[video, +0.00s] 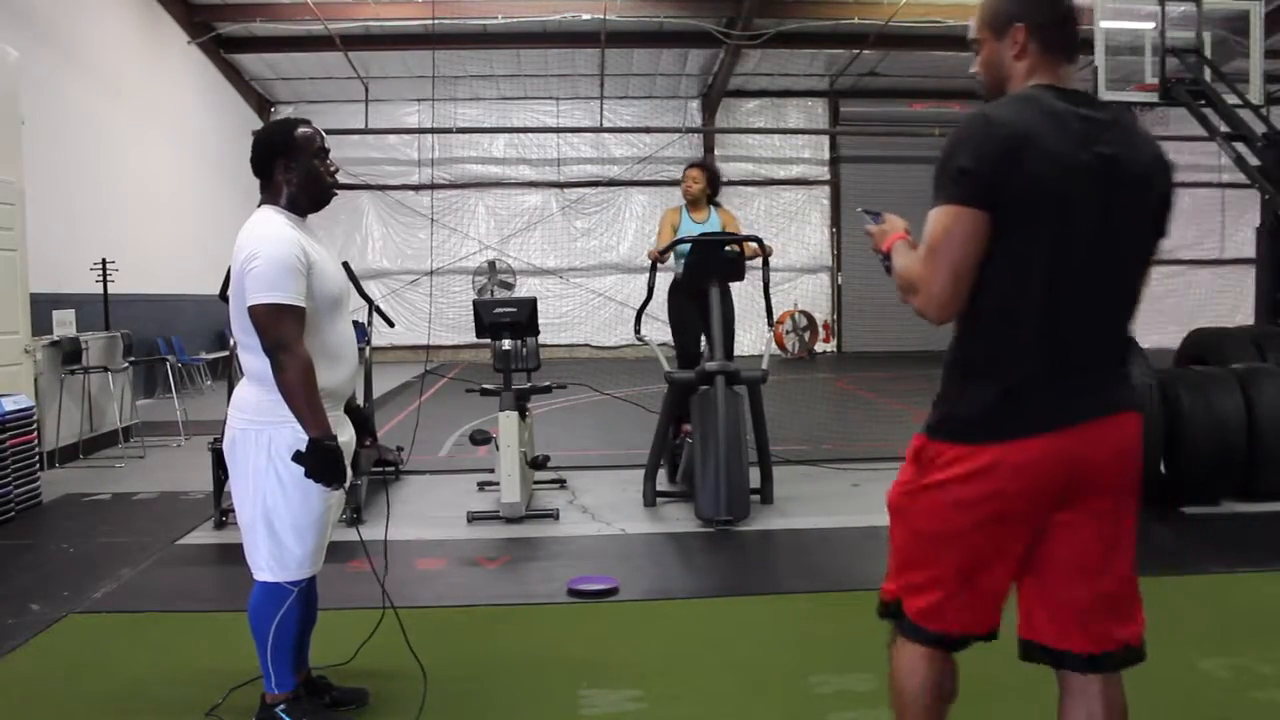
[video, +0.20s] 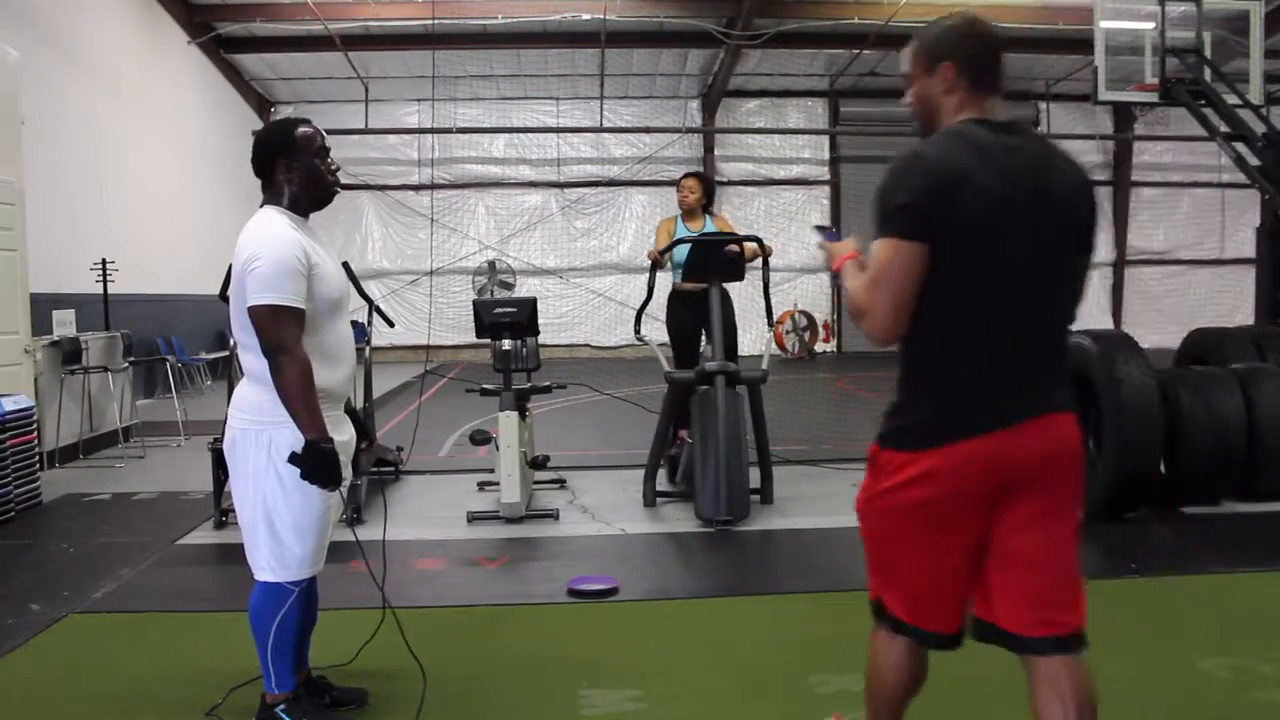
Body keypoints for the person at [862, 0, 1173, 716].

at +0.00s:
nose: (976, 62)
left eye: (980, 45)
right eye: (975, 46)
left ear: (1017, 43)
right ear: (1067, 42)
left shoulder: (990, 133)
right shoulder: (1144, 152)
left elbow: (938, 297)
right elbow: (1118, 294)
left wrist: (899, 251)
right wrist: (955, 251)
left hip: (989, 437)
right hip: (1107, 431)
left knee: (924, 627)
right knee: (1089, 657)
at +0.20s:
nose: (907, 100)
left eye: (911, 84)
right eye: (906, 86)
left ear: (947, 80)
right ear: (990, 80)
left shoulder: (927, 170)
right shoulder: (1067, 177)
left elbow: (883, 321)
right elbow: (1048, 306)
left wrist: (848, 271)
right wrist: (895, 270)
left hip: (938, 441)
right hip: (1047, 432)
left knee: (899, 620)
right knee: (1052, 644)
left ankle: (876, 717)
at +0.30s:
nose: (873, 107)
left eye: (875, 93)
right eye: (871, 94)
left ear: (906, 87)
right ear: (951, 88)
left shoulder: (888, 179)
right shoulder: (1029, 178)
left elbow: (851, 324)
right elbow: (1034, 305)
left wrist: (821, 273)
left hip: (902, 436)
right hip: (1007, 430)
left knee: (874, 614)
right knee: (1020, 626)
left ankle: (870, 715)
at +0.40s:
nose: (844, 111)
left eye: (845, 99)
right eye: (842, 100)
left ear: (871, 93)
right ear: (920, 93)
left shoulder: (852, 182)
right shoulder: (999, 175)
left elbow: (817, 324)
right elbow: (1017, 311)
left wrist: (799, 271)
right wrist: (1015, 406)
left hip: (875, 430)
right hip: (973, 423)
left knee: (860, 605)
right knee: (980, 592)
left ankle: (868, 715)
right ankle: (1022, 711)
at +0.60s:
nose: (813, 111)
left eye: (814, 99)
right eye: (814, 98)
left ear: (831, 95)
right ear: (882, 94)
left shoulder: (809, 180)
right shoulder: (955, 171)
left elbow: (774, 307)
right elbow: (997, 295)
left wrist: (762, 262)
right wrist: (1023, 391)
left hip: (843, 414)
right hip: (930, 402)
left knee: (852, 591)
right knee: (915, 553)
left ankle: (865, 715)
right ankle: (922, 697)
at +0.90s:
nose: (783, 133)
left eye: (784, 123)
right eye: (784, 124)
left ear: (800, 120)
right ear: (851, 121)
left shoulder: (776, 196)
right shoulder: (908, 196)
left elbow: (742, 312)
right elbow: (938, 313)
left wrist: (732, 269)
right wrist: (953, 402)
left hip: (807, 408)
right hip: (880, 404)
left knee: (829, 575)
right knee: (837, 554)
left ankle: (859, 709)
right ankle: (812, 673)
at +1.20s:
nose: (756, 142)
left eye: (759, 131)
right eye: (758, 132)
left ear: (781, 127)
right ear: (813, 130)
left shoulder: (761, 195)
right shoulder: (865, 204)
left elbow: (726, 295)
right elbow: (874, 306)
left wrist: (701, 268)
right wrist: (851, 366)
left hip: (769, 398)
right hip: (841, 394)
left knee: (730, 528)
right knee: (816, 534)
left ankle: (802, 653)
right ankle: (805, 675)